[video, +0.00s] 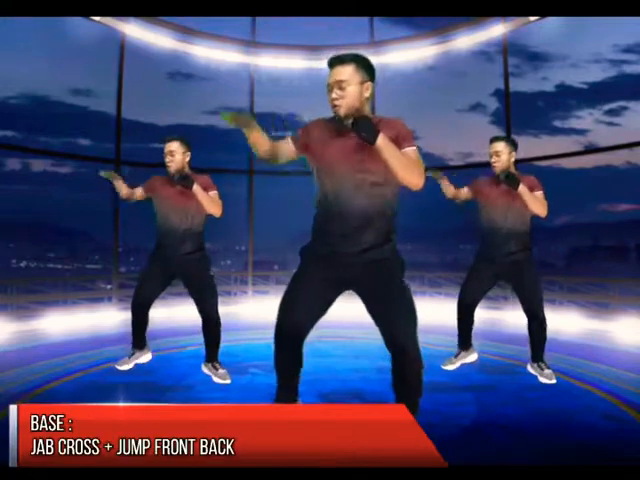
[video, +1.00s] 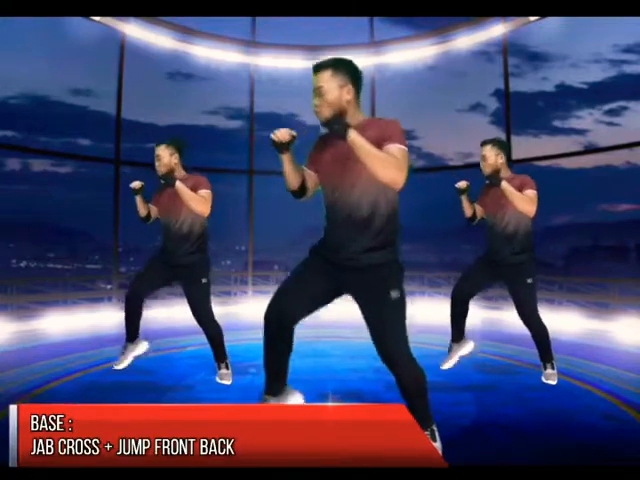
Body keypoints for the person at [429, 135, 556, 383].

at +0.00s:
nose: (494, 160)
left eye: (498, 154)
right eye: (491, 155)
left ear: (512, 155)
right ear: (489, 158)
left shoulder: (528, 183)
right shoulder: (482, 185)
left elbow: (542, 211)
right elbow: (456, 195)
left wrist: (518, 185)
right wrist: (442, 180)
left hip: (520, 260)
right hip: (489, 259)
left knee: (536, 313)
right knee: (466, 301)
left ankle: (537, 362)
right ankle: (465, 350)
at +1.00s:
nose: (481, 162)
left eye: (485, 157)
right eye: (481, 158)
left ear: (500, 157)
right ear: (489, 160)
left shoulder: (523, 182)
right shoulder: (488, 190)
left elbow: (530, 210)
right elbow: (473, 216)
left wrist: (503, 184)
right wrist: (464, 195)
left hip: (519, 262)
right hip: (492, 260)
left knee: (529, 316)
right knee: (460, 294)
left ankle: (548, 364)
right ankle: (458, 342)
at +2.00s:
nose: (494, 161)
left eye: (498, 156)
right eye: (492, 156)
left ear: (512, 157)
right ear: (490, 159)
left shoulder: (529, 183)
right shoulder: (485, 189)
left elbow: (542, 208)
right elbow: (466, 209)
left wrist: (517, 184)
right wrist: (457, 195)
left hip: (522, 262)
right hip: (491, 262)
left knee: (539, 317)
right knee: (467, 306)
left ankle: (548, 364)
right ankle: (462, 354)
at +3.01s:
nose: (490, 168)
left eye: (493, 162)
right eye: (487, 164)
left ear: (508, 160)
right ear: (488, 165)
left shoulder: (530, 182)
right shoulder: (495, 191)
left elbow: (540, 212)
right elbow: (478, 216)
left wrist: (513, 185)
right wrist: (469, 195)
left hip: (526, 262)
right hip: (498, 261)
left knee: (534, 317)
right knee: (473, 305)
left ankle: (548, 364)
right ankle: (462, 354)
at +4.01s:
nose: (482, 162)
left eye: (486, 156)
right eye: (481, 157)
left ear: (501, 157)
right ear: (490, 159)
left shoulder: (524, 181)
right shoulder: (488, 189)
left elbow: (529, 216)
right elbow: (481, 221)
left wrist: (499, 195)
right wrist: (466, 207)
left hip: (523, 263)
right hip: (493, 262)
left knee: (536, 322)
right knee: (464, 303)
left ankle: (549, 370)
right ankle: (463, 353)